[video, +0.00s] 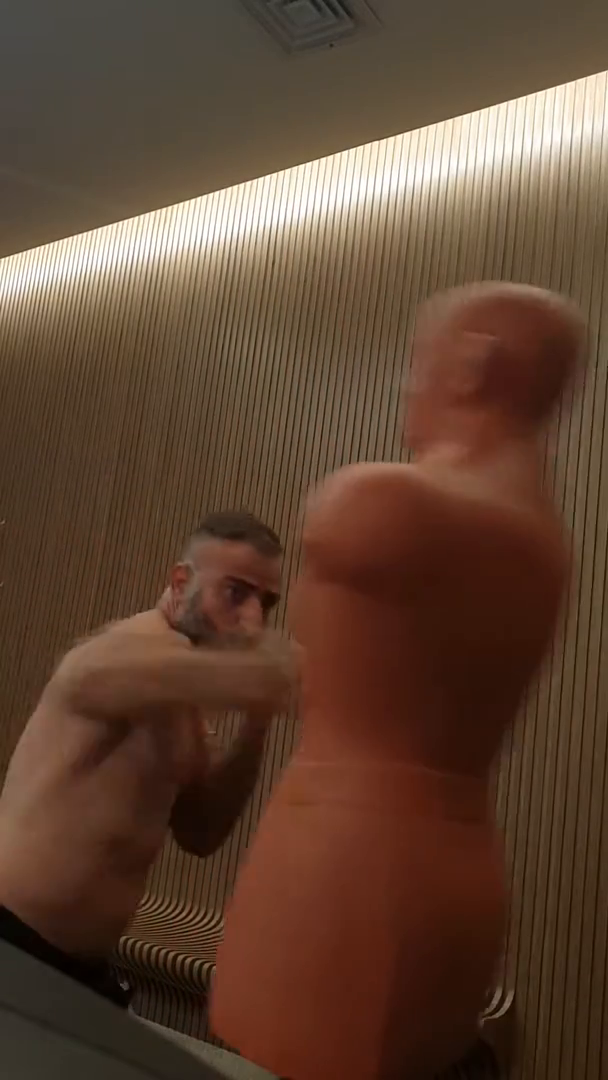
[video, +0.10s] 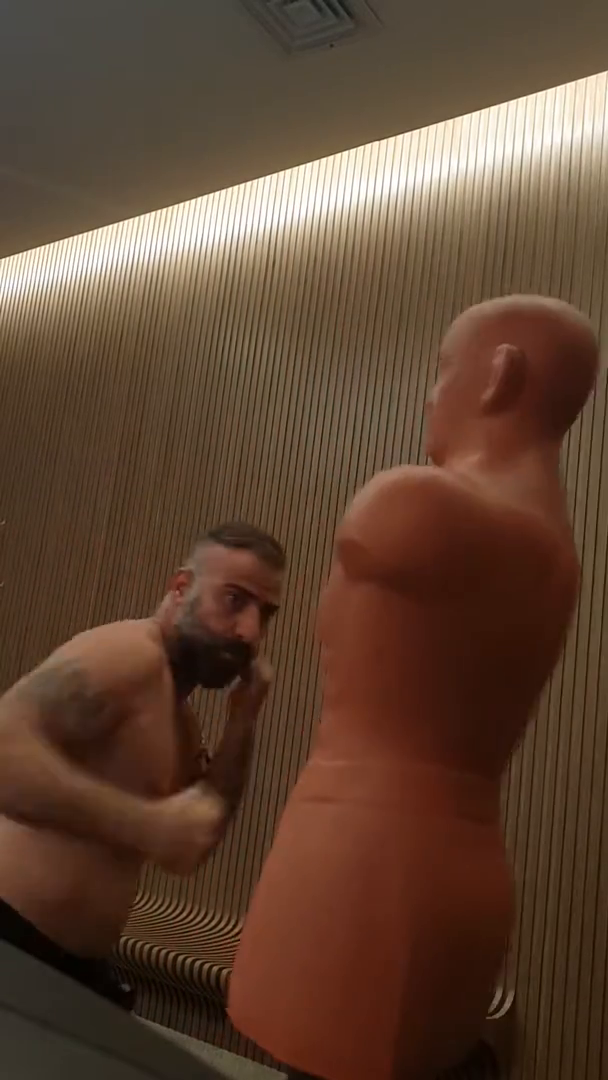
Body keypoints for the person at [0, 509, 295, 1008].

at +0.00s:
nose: (252, 622)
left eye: (267, 602)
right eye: (236, 593)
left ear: (274, 606)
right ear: (180, 583)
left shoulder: (185, 683)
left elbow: (200, 833)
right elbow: (274, 677)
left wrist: (257, 720)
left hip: (89, 970)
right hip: (20, 952)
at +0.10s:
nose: (250, 630)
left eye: (265, 612)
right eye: (235, 600)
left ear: (271, 622)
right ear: (180, 588)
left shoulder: (174, 701)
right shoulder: (129, 652)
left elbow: (198, 830)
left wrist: (243, 714)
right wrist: (148, 825)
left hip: (84, 967)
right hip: (20, 948)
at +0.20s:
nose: (225, 622)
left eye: (240, 603)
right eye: (209, 593)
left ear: (248, 608)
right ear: (155, 581)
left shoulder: (166, 682)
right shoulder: (93, 648)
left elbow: (198, 833)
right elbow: (19, 779)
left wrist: (232, 711)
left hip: (69, 955)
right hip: (13, 943)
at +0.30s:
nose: (191, 615)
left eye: (205, 596)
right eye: (174, 584)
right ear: (118, 572)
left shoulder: (123, 673)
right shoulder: (57, 638)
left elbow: (154, 829)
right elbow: (69, 758)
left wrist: (196, 695)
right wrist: (199, 677)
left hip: (47, 955)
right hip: (9, 951)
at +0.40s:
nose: (143, 609)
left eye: (157, 591)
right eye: (124, 579)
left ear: (164, 599)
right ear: (67, 568)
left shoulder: (80, 684)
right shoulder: (13, 644)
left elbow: (104, 837)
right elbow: (14, 791)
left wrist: (150, 704)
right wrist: (157, 697)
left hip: (18, 945)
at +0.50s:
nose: (88, 598)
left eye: (103, 578)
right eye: (70, 565)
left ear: (110, 584)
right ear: (9, 553)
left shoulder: (47, 686)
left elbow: (69, 838)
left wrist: (109, 752)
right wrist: (65, 711)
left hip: (3, 935)